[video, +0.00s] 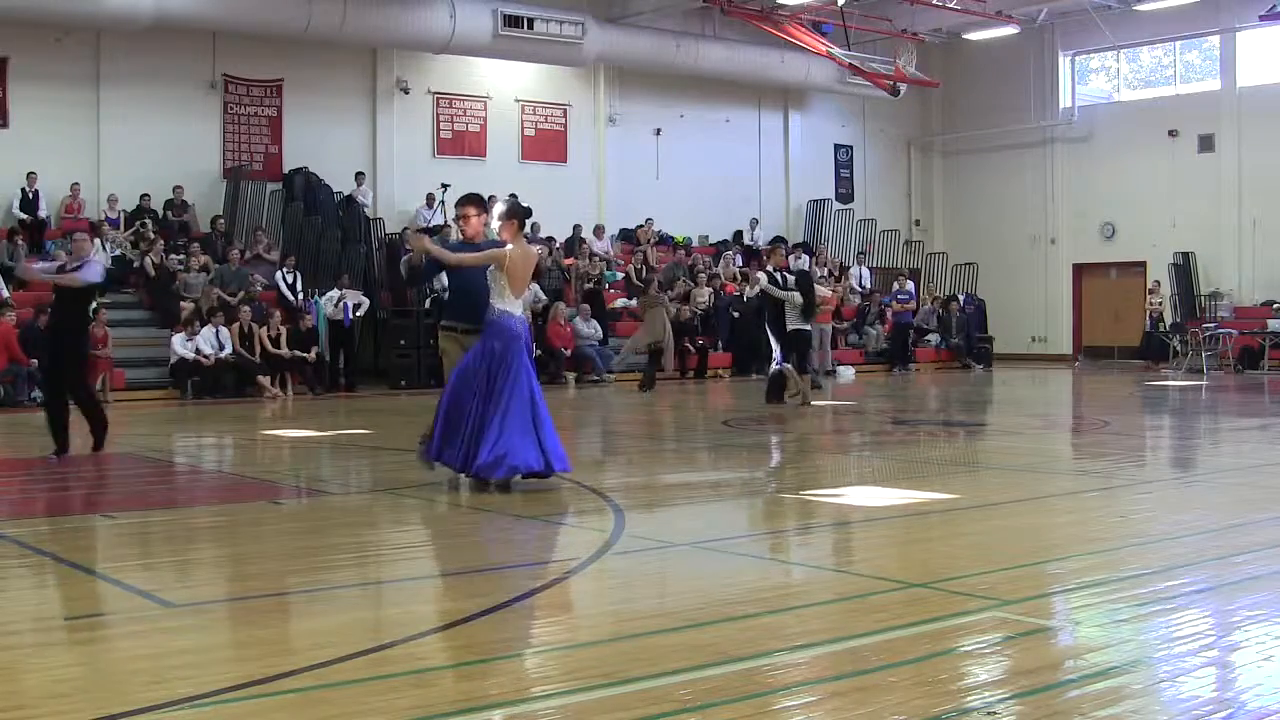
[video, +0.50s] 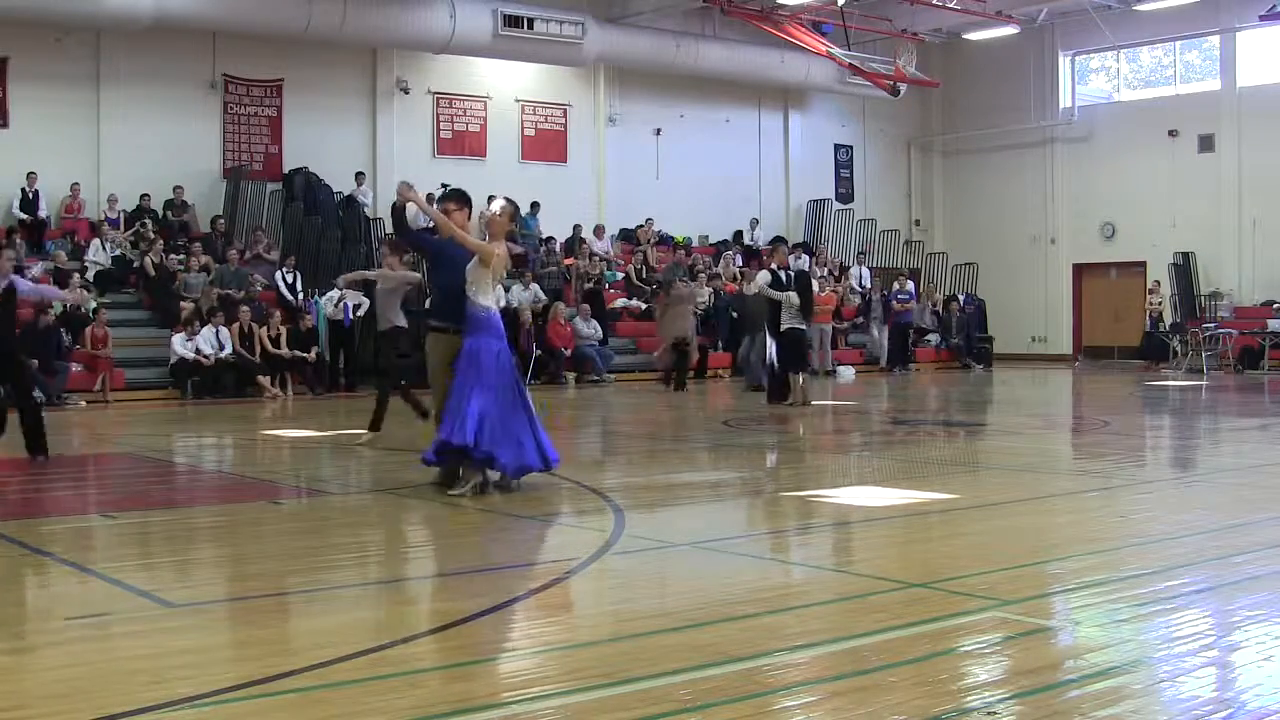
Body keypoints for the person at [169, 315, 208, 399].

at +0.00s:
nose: (199, 329)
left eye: (199, 326)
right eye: (196, 326)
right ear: (188, 328)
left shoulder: (197, 338)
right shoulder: (176, 338)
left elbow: (203, 347)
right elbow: (180, 352)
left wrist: (211, 355)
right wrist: (199, 358)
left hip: (192, 363)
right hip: (177, 365)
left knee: (205, 364)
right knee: (183, 361)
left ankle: (201, 392)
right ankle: (184, 392)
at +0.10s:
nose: (199, 329)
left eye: (199, 326)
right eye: (197, 326)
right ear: (188, 328)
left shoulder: (197, 338)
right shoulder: (176, 338)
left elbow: (203, 347)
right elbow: (179, 351)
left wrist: (211, 355)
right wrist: (198, 358)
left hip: (191, 363)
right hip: (177, 364)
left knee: (204, 364)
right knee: (183, 361)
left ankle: (202, 392)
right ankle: (184, 392)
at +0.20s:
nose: (199, 329)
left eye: (199, 326)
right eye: (197, 327)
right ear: (188, 328)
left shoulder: (197, 338)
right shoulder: (176, 338)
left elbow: (203, 347)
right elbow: (179, 351)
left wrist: (211, 355)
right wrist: (199, 358)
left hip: (191, 363)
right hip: (177, 365)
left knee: (204, 363)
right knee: (183, 361)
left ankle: (202, 392)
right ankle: (184, 392)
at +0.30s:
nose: (199, 329)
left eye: (199, 326)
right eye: (197, 326)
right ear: (188, 328)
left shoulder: (197, 338)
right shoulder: (176, 338)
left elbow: (203, 347)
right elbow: (179, 351)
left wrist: (211, 355)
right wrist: (198, 358)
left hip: (191, 363)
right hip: (177, 365)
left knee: (204, 364)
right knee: (183, 361)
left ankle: (202, 392)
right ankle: (184, 392)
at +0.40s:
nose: (199, 329)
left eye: (199, 326)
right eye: (197, 326)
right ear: (188, 328)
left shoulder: (197, 338)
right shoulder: (176, 338)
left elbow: (203, 347)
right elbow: (179, 351)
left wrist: (211, 354)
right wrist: (199, 358)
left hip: (191, 363)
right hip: (177, 364)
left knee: (204, 363)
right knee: (183, 361)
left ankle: (202, 392)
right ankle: (184, 392)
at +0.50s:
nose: (199, 329)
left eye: (199, 326)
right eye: (197, 326)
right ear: (188, 328)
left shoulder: (197, 338)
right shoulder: (176, 338)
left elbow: (203, 347)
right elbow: (179, 351)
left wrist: (211, 354)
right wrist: (199, 358)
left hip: (191, 363)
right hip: (177, 365)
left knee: (204, 363)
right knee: (183, 361)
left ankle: (202, 392)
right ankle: (184, 393)